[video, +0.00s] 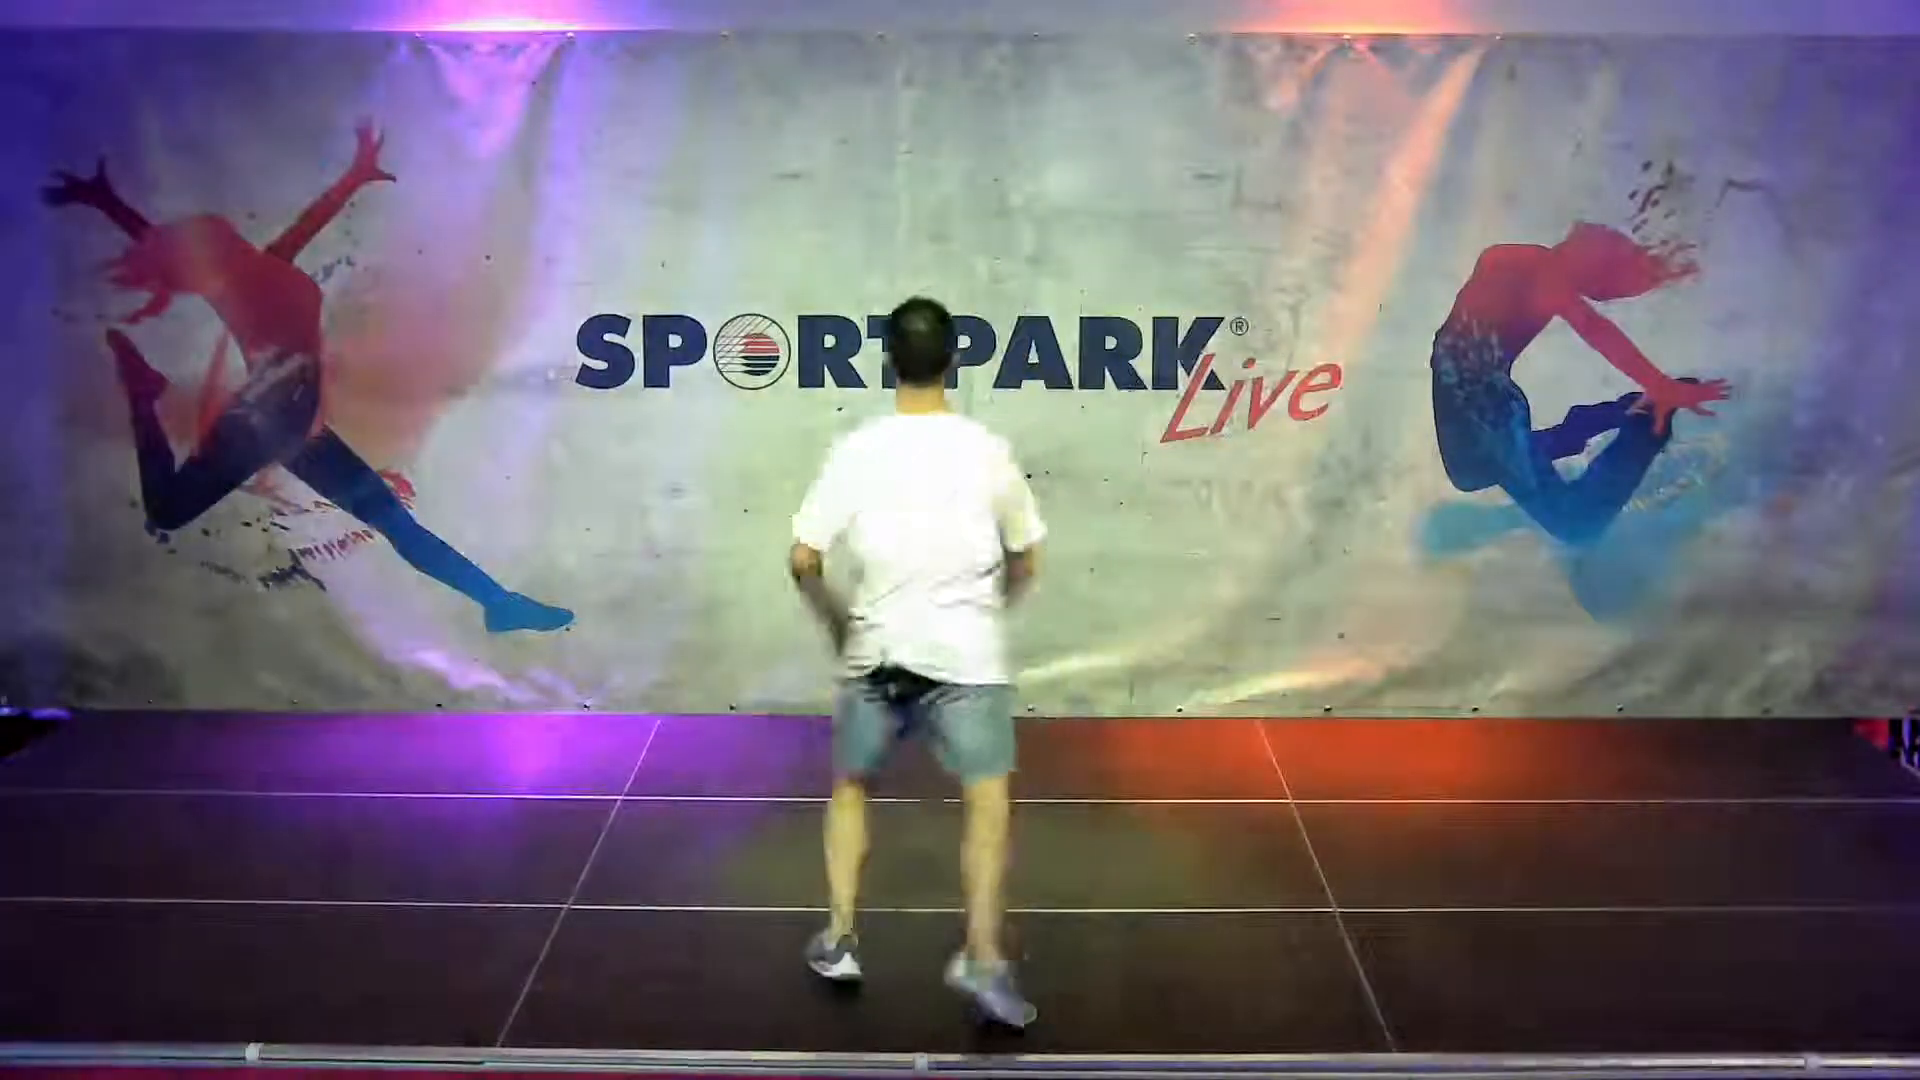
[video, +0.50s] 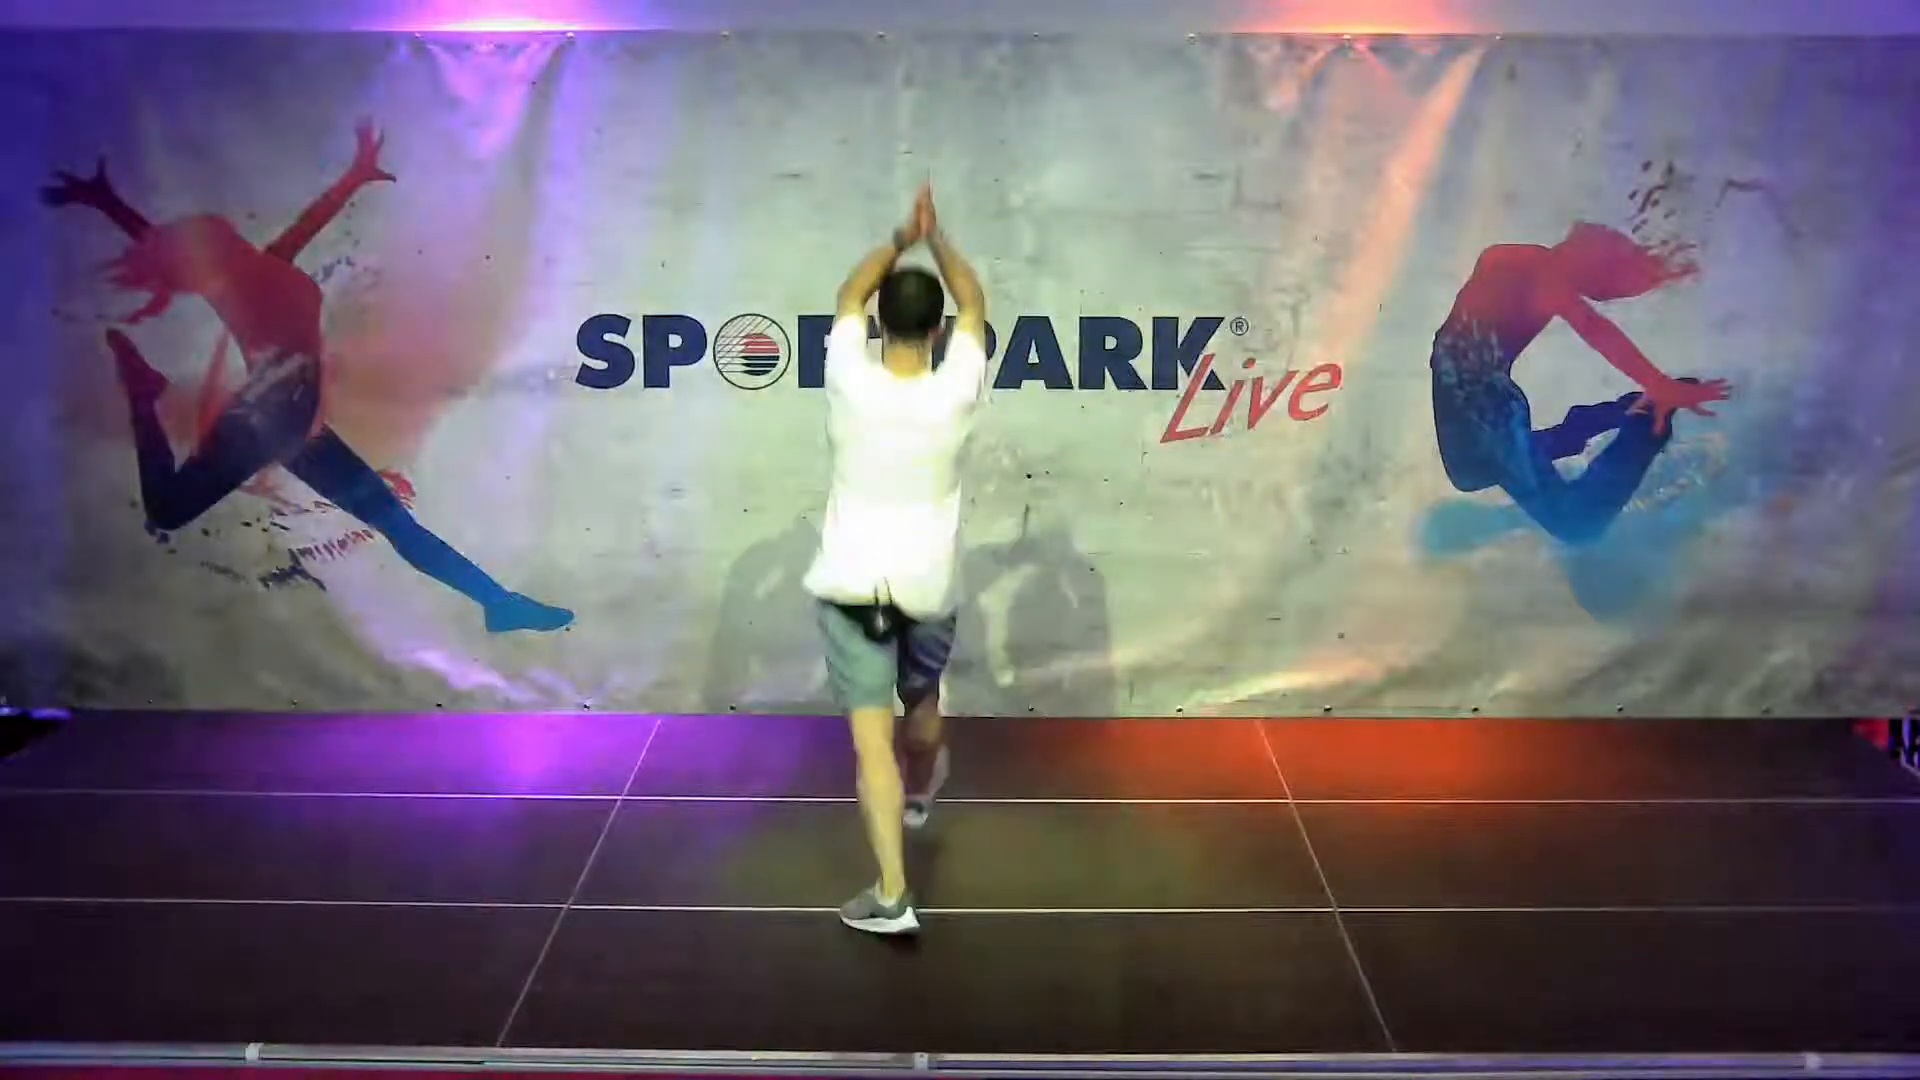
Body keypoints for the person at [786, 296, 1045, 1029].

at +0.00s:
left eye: (897, 355)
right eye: (940, 355)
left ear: (888, 365)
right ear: (953, 364)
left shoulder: (856, 451)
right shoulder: (986, 449)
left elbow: (804, 560)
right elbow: (1024, 560)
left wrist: (841, 621)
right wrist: (982, 607)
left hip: (878, 645)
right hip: (967, 647)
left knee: (850, 786)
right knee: (988, 799)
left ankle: (840, 938)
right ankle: (984, 960)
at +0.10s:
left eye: (884, 346)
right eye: (934, 348)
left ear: (877, 355)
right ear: (944, 357)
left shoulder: (844, 434)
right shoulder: (976, 439)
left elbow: (803, 518)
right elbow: (1007, 516)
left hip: (863, 637)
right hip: (950, 640)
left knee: (836, 777)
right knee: (986, 780)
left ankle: (839, 936)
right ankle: (985, 899)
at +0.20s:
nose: (904, 314)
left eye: (888, 305)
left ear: (873, 307)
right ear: (940, 312)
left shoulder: (840, 374)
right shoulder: (963, 380)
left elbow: (852, 336)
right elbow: (970, 338)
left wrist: (890, 310)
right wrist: (944, 316)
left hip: (857, 575)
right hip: (939, 575)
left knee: (842, 732)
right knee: (965, 700)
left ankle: (848, 892)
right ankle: (949, 836)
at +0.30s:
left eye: (887, 275)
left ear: (873, 288)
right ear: (938, 290)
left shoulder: (841, 349)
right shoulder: (959, 354)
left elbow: (859, 288)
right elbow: (970, 285)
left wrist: (899, 227)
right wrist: (938, 218)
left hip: (852, 547)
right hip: (934, 550)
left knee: (856, 709)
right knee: (943, 682)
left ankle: (865, 872)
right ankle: (937, 826)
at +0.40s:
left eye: (886, 299)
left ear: (879, 309)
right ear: (941, 311)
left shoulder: (849, 362)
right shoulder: (957, 373)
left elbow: (855, 290)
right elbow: (972, 295)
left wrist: (898, 225)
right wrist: (938, 225)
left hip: (849, 560)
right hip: (927, 564)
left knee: (869, 726)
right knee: (923, 701)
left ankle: (888, 893)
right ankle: (923, 793)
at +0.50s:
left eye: (889, 310)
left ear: (879, 323)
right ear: (941, 325)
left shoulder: (850, 375)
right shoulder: (956, 388)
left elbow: (855, 296)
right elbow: (973, 305)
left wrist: (898, 241)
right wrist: (940, 243)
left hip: (849, 575)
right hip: (926, 578)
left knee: (872, 739)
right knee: (922, 706)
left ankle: (894, 895)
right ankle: (919, 798)